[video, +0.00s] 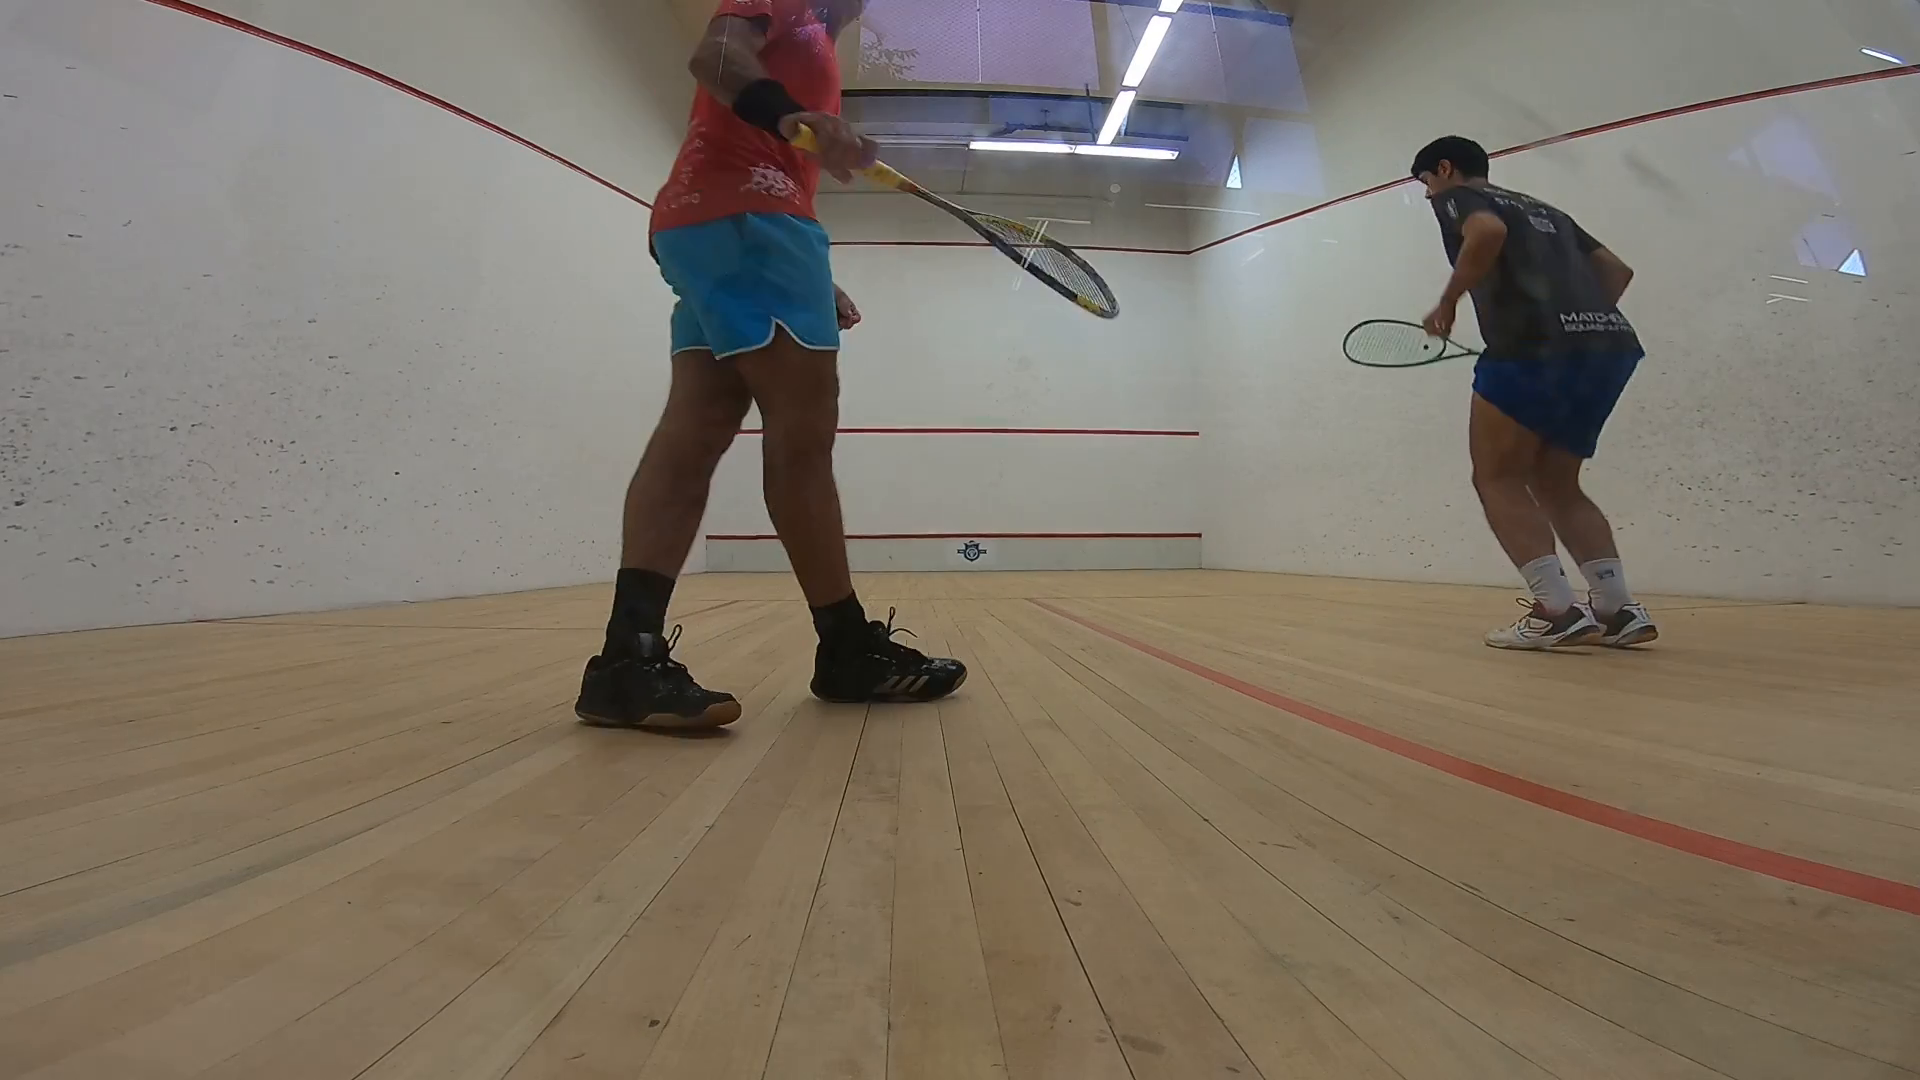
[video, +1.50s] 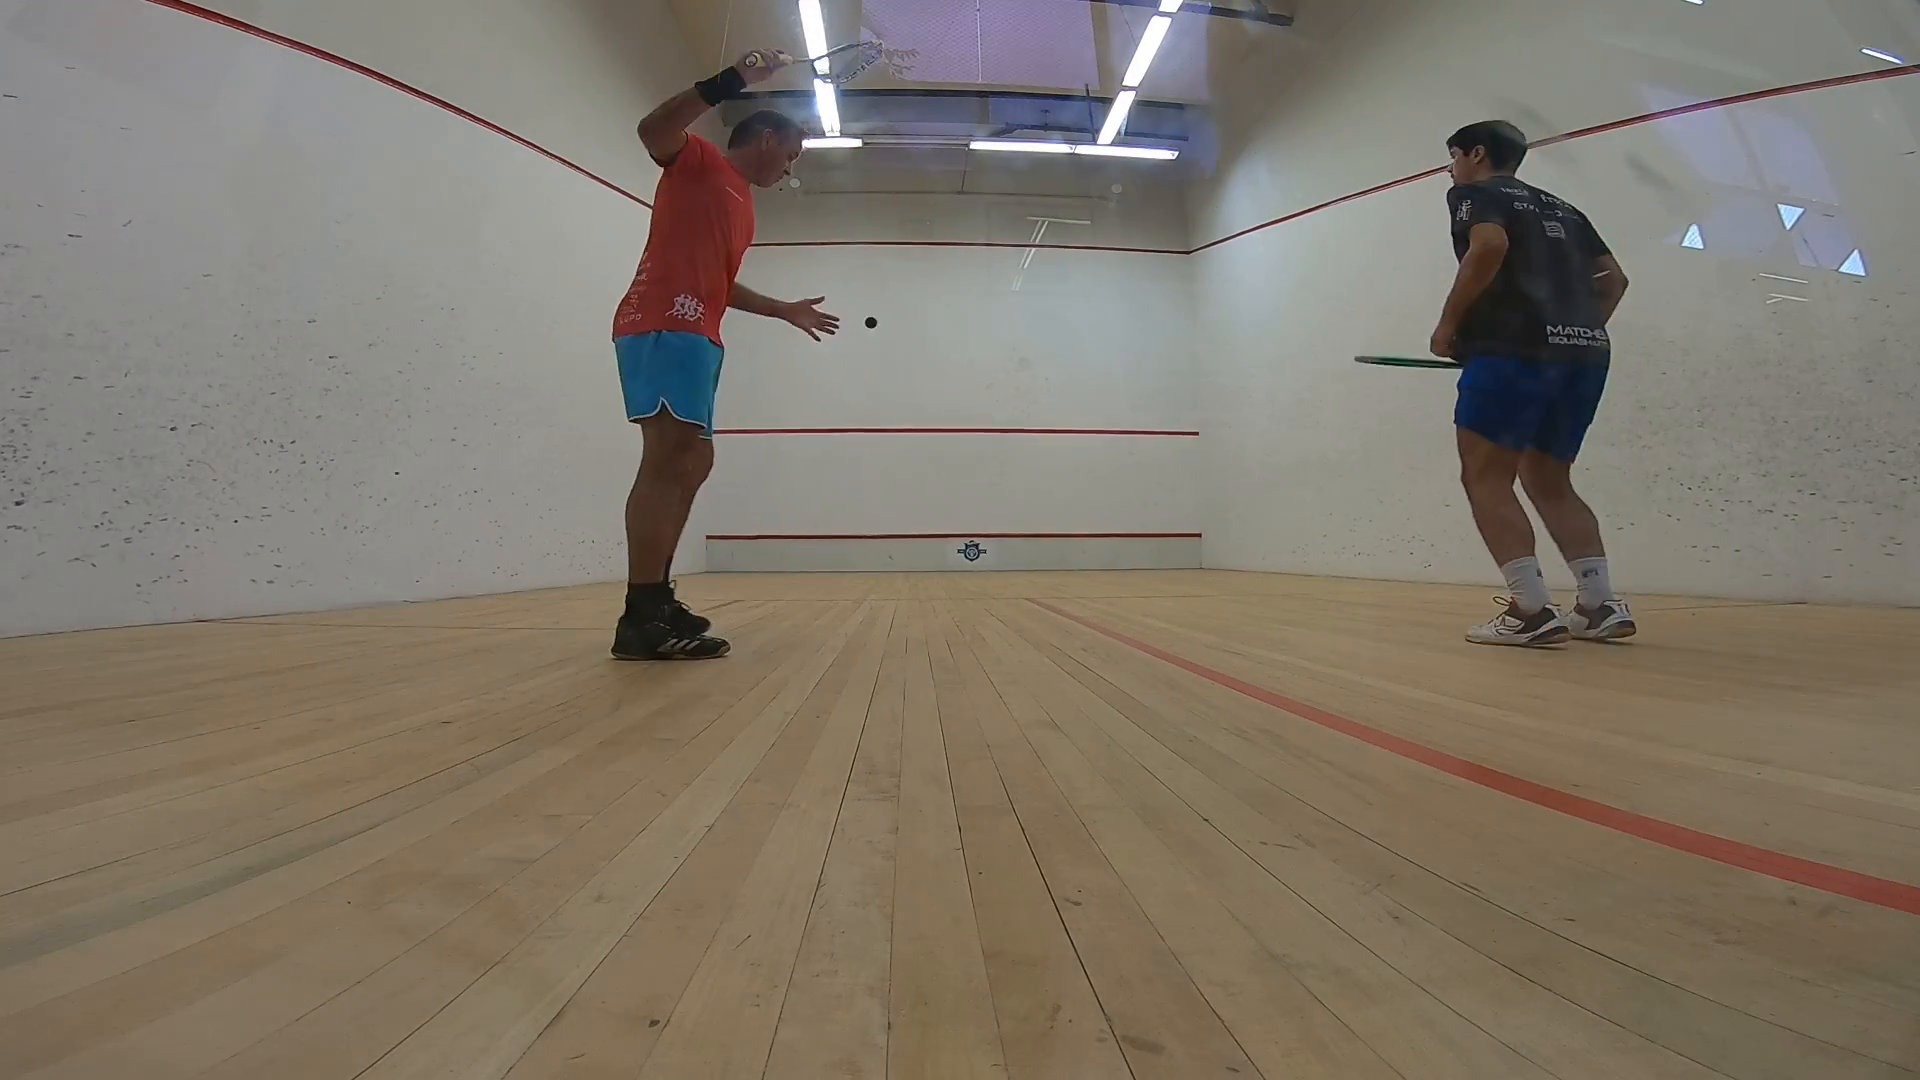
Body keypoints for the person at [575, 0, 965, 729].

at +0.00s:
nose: (865, 7)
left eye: (863, 9)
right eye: (861, 4)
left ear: (838, 8)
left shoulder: (808, 50)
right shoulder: (784, 6)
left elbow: (766, 178)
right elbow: (715, 54)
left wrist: (812, 277)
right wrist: (795, 119)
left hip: (712, 221)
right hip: (749, 214)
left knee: (693, 432)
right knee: (804, 429)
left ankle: (628, 656)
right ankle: (847, 646)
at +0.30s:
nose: (922, 39)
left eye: (927, 31)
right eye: (923, 24)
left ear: (876, 11)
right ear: (902, 11)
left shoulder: (846, 59)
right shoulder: (856, 34)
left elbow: (830, 176)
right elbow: (823, 114)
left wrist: (909, 231)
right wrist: (907, 213)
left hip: (782, 243)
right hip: (798, 239)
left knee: (837, 428)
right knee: (823, 431)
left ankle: (730, 605)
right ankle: (850, 648)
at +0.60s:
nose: (904, 96)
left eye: (909, 93)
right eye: (904, 81)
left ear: (889, 84)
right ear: (882, 62)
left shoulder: (852, 131)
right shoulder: (829, 86)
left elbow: (826, 215)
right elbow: (784, 148)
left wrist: (889, 226)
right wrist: (881, 206)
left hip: (804, 285)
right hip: (797, 281)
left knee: (820, 442)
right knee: (832, 440)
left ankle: (809, 617)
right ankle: (851, 645)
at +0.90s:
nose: (858, 113)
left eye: (867, 110)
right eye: (851, 98)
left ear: (861, 121)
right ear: (816, 92)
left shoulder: (822, 168)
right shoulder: (784, 119)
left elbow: (789, 266)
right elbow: (728, 181)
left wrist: (821, 336)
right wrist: (826, 219)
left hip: (794, 312)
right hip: (750, 297)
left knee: (807, 456)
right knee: (779, 444)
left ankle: (804, 621)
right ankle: (690, 597)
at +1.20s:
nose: (816, 147)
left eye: (820, 136)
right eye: (814, 133)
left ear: (785, 120)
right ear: (781, 117)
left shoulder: (769, 183)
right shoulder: (727, 142)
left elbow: (736, 280)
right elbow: (683, 205)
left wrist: (774, 340)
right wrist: (780, 228)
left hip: (735, 333)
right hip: (689, 317)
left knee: (752, 464)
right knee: (678, 461)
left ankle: (786, 607)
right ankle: (643, 618)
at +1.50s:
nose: (790, 170)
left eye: (795, 160)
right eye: (790, 156)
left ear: (767, 150)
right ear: (764, 138)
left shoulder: (739, 204)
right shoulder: (700, 158)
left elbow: (718, 285)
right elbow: (654, 130)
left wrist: (785, 309)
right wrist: (726, 82)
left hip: (693, 334)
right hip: (664, 328)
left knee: (693, 462)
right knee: (668, 460)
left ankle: (655, 604)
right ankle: (642, 616)